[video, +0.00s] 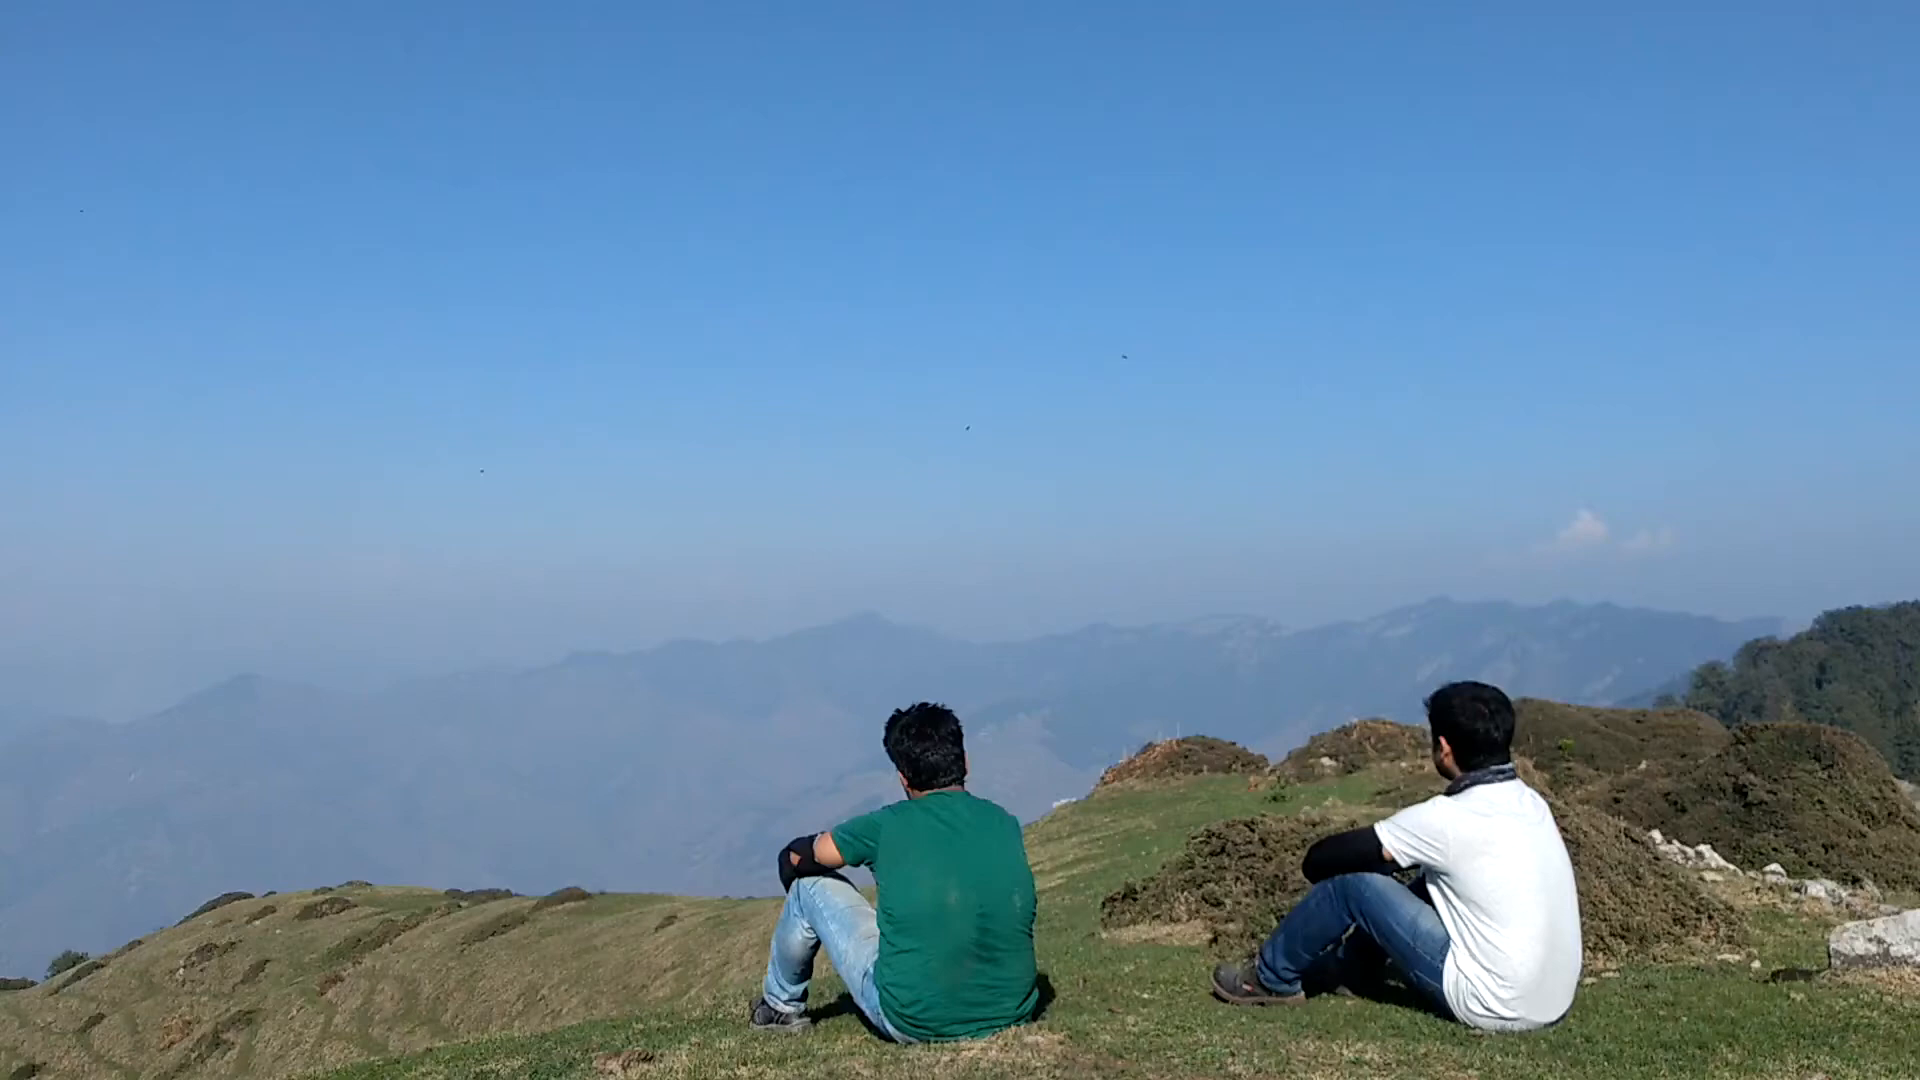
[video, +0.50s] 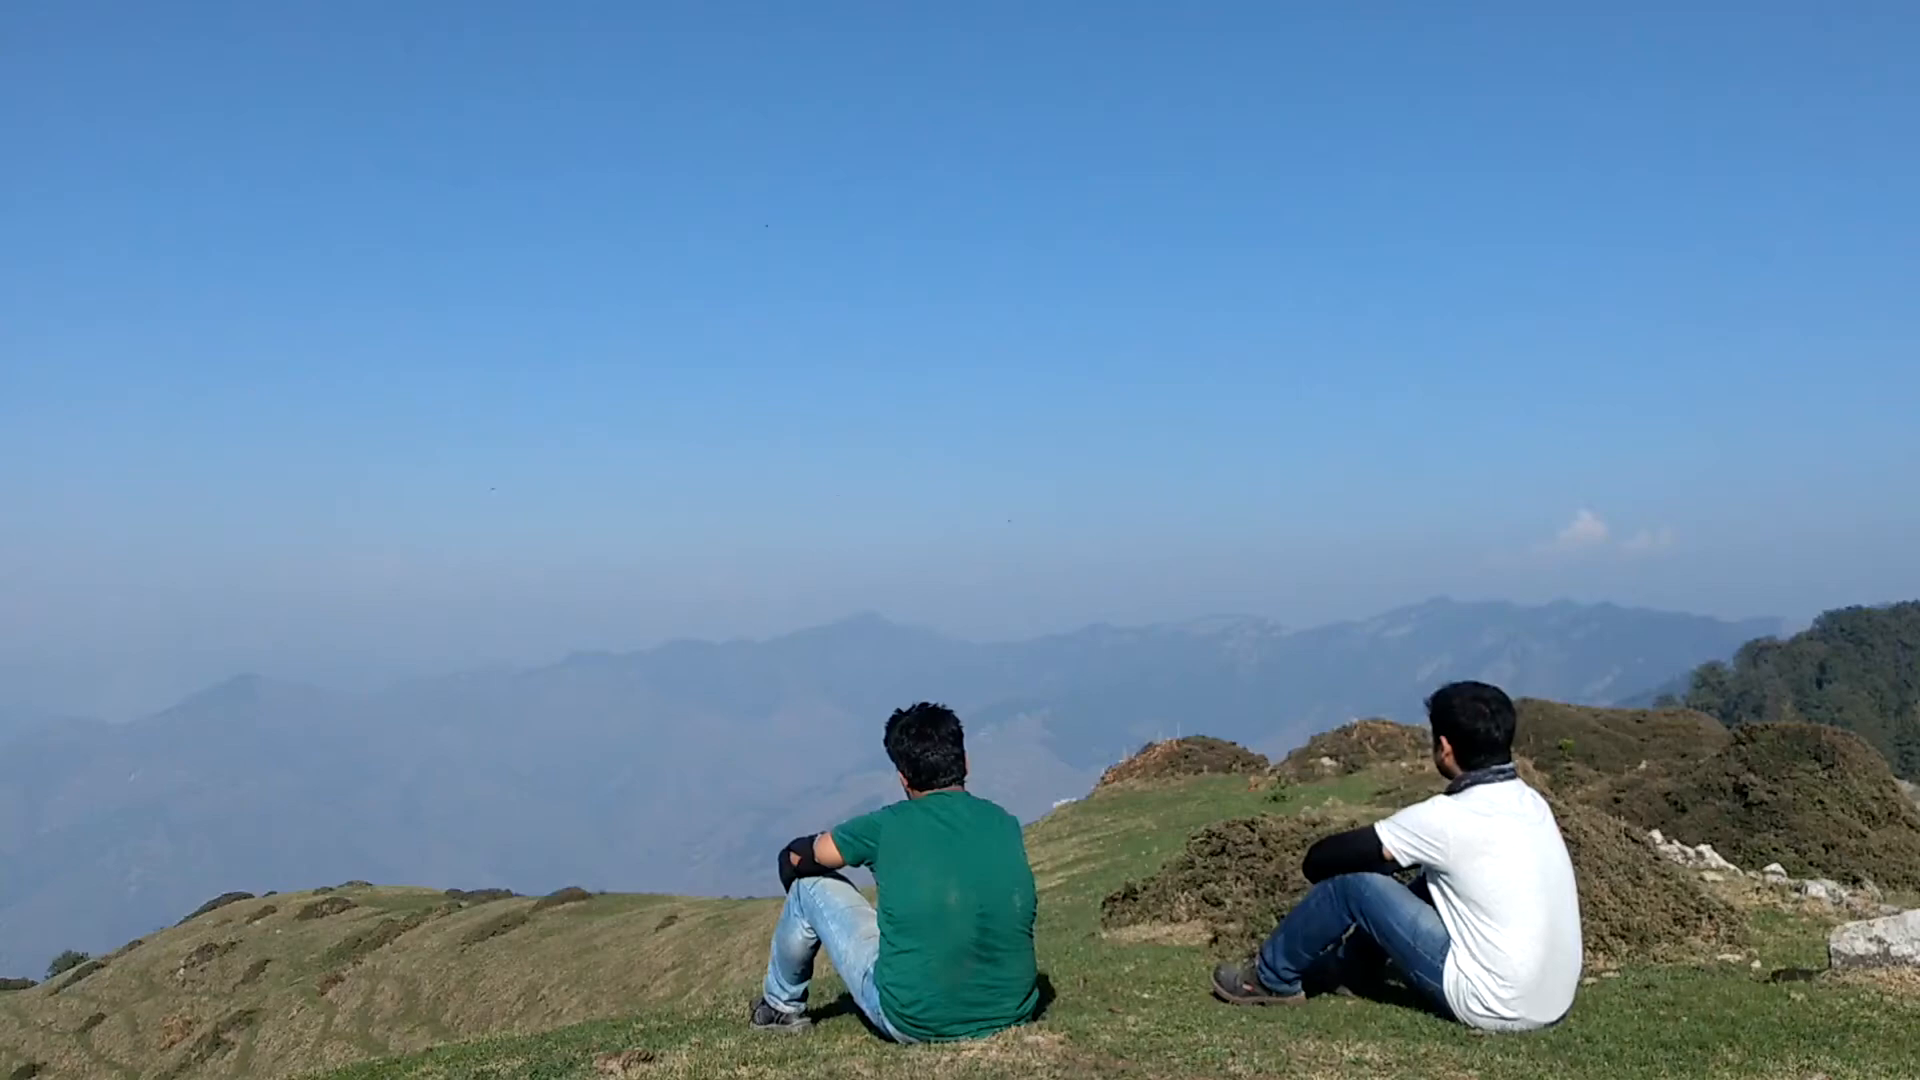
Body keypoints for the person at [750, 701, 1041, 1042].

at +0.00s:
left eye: (897, 771)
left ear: (904, 778)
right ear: (966, 764)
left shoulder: (887, 824)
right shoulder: (1005, 822)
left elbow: (796, 856)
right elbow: (1021, 911)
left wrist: (797, 886)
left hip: (915, 1020)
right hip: (1008, 1012)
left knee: (811, 886)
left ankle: (781, 1005)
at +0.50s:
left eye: (898, 771)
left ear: (904, 778)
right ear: (966, 764)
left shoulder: (888, 824)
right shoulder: (1006, 822)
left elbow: (796, 857)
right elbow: (1021, 912)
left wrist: (798, 891)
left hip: (915, 1020)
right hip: (1009, 1012)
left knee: (811, 886)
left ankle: (781, 1005)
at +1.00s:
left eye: (898, 770)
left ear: (904, 778)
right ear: (966, 764)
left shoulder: (888, 824)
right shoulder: (1006, 823)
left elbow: (796, 857)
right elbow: (1022, 913)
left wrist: (797, 890)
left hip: (915, 1020)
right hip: (1008, 1012)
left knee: (810, 886)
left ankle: (781, 1005)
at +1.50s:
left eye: (898, 770)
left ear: (904, 777)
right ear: (966, 764)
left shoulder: (887, 825)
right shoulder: (1006, 823)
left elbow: (796, 856)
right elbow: (1020, 911)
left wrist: (796, 888)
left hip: (915, 1020)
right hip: (1009, 1011)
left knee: (810, 885)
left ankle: (781, 1005)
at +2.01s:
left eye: (898, 770)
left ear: (904, 777)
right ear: (967, 764)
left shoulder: (887, 825)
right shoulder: (1006, 823)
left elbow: (796, 857)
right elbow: (1022, 912)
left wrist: (797, 889)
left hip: (915, 1021)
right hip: (1009, 1012)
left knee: (810, 885)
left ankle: (781, 1006)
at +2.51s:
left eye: (898, 770)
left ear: (904, 778)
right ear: (967, 764)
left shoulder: (887, 824)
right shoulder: (1005, 822)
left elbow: (796, 857)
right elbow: (1021, 911)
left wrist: (797, 888)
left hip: (915, 1020)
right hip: (1008, 1012)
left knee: (810, 886)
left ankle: (781, 1005)